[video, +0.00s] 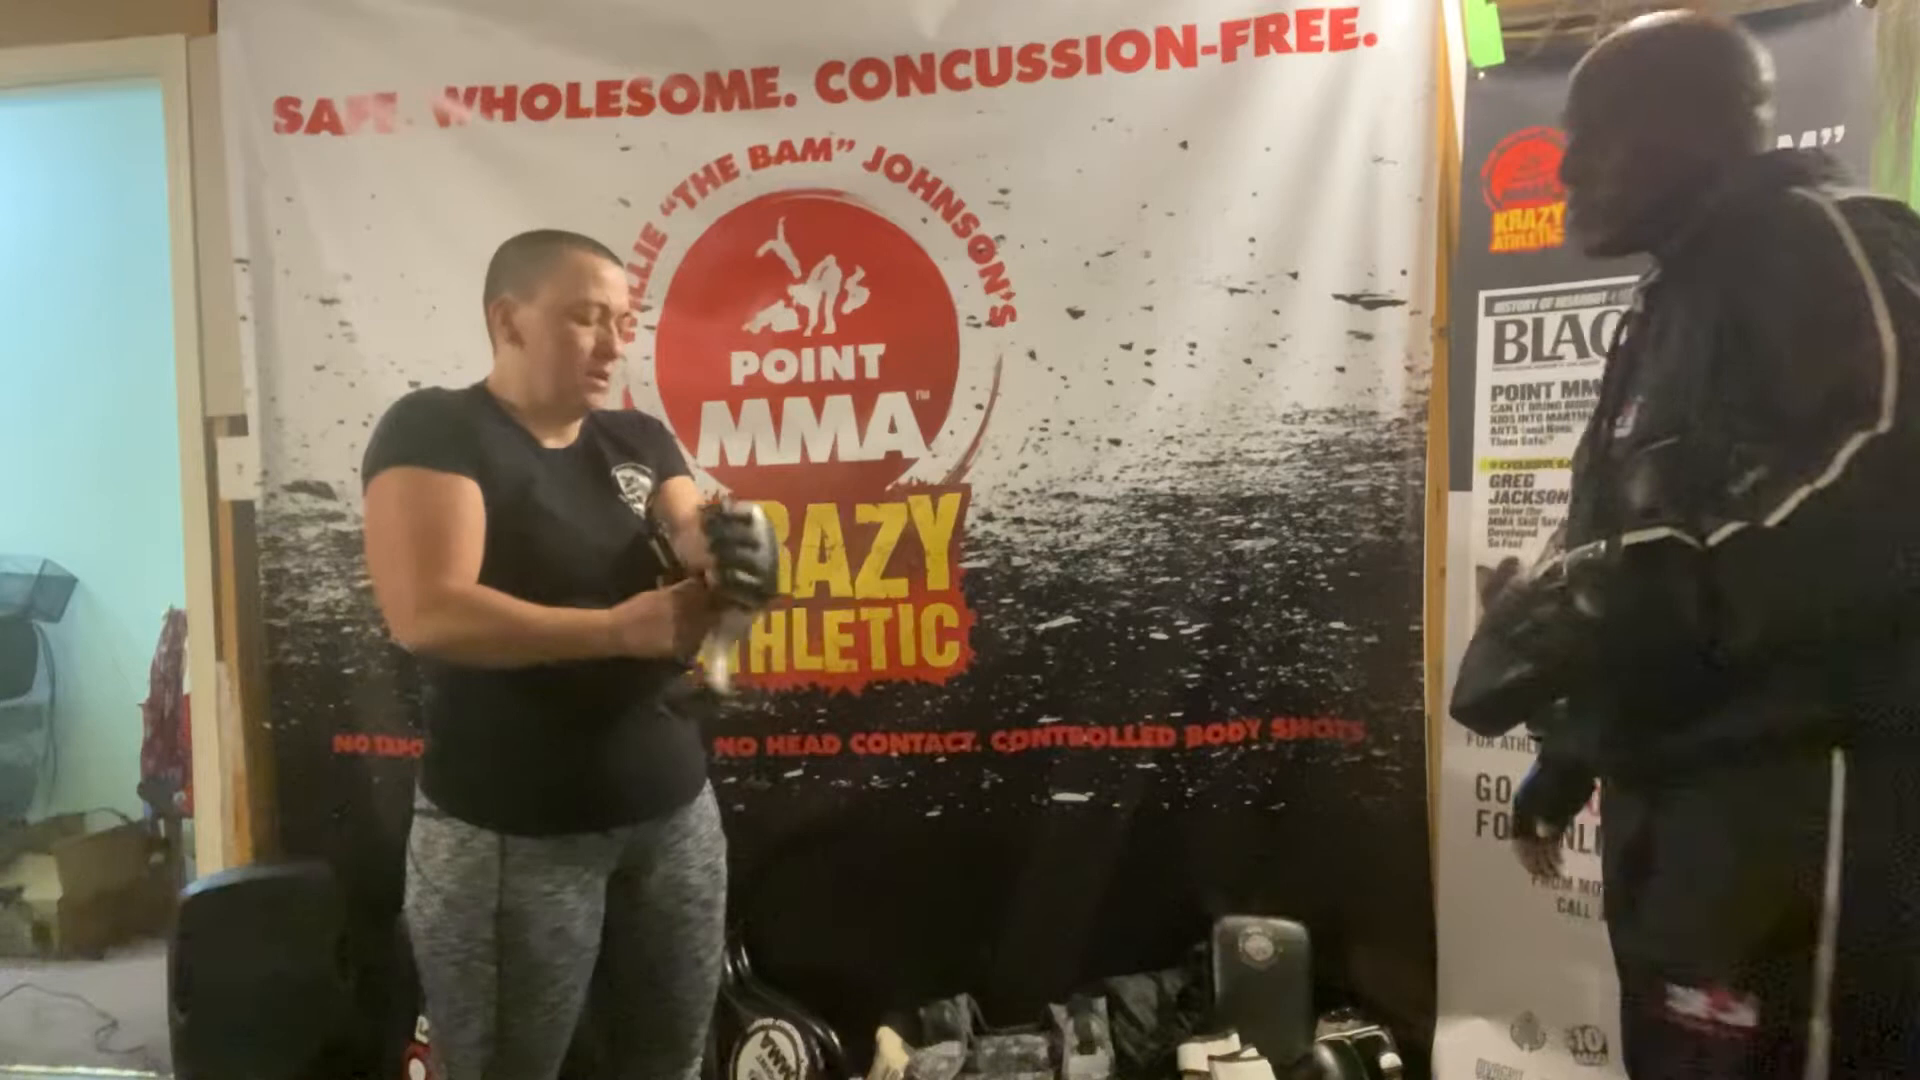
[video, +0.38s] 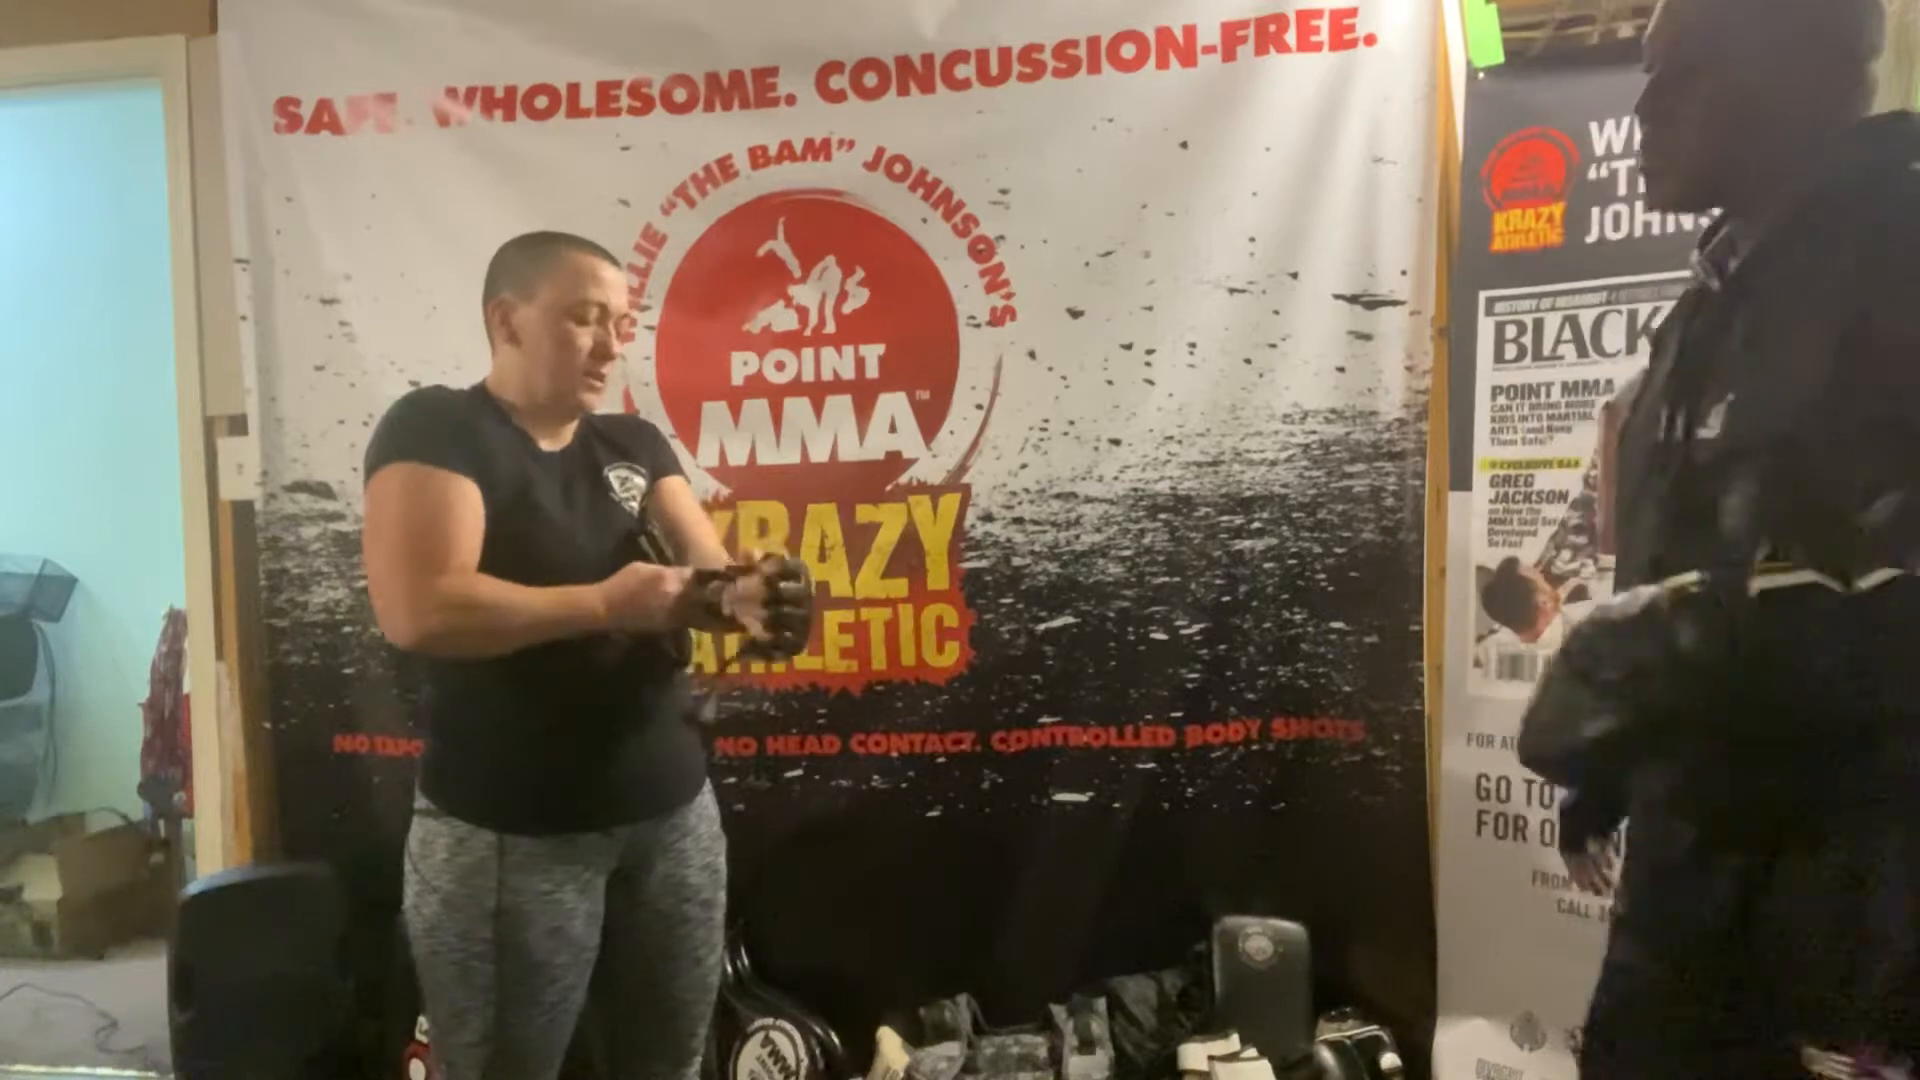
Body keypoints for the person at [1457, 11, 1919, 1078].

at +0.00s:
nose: (1565, 164)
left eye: (1591, 131)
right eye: (1569, 134)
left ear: (1677, 135)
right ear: (1652, 147)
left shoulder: (1792, 229)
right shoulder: (1678, 290)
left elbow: (1872, 470)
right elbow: (1627, 544)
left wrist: (1634, 599)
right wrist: (1566, 760)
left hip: (1782, 771)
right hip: (1688, 772)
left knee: (1733, 1045)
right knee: (1677, 1042)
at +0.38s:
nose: (1638, 108)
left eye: (1667, 73)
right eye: (1648, 78)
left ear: (1774, 63)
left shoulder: (1891, 217)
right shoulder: (1701, 311)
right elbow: (1670, 581)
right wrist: (1610, 744)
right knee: (1643, 1052)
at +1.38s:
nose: (1608, 57)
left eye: (1654, 34)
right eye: (1617, 38)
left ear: (1765, 65)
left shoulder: (1846, 229)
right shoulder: (1639, 285)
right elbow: (1584, 548)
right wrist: (1533, 766)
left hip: (1794, 808)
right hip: (1635, 811)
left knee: (1799, 1053)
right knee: (1617, 1053)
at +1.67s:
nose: (1503, 142)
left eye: (1532, 104)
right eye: (1508, 116)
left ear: (1639, 112)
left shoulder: (1765, 230)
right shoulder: (1539, 338)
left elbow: (1890, 452)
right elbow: (1508, 591)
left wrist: (1598, 596)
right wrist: (1423, 768)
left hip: (1766, 775)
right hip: (1591, 790)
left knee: (1762, 1057)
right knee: (1595, 1053)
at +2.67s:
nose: (1629, 69)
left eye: (1676, 35)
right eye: (1622, 47)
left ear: (1805, 51)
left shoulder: (1884, 227)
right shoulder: (1613, 300)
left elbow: (1894, 572)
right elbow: (1543, 564)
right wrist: (1447, 732)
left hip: (1823, 842)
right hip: (1617, 839)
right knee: (1592, 1058)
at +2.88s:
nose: (1643, 40)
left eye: (1681, 9)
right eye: (1645, 19)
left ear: (1822, 24)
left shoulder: (1892, 196)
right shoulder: (1643, 305)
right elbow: (1615, 591)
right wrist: (1516, 753)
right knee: (1590, 1057)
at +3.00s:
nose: (1652, 40)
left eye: (1698, 7)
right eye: (1663, 16)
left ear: (1837, 25)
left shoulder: (1897, 215)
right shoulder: (1671, 290)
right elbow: (1623, 557)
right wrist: (1565, 775)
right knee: (1606, 1059)